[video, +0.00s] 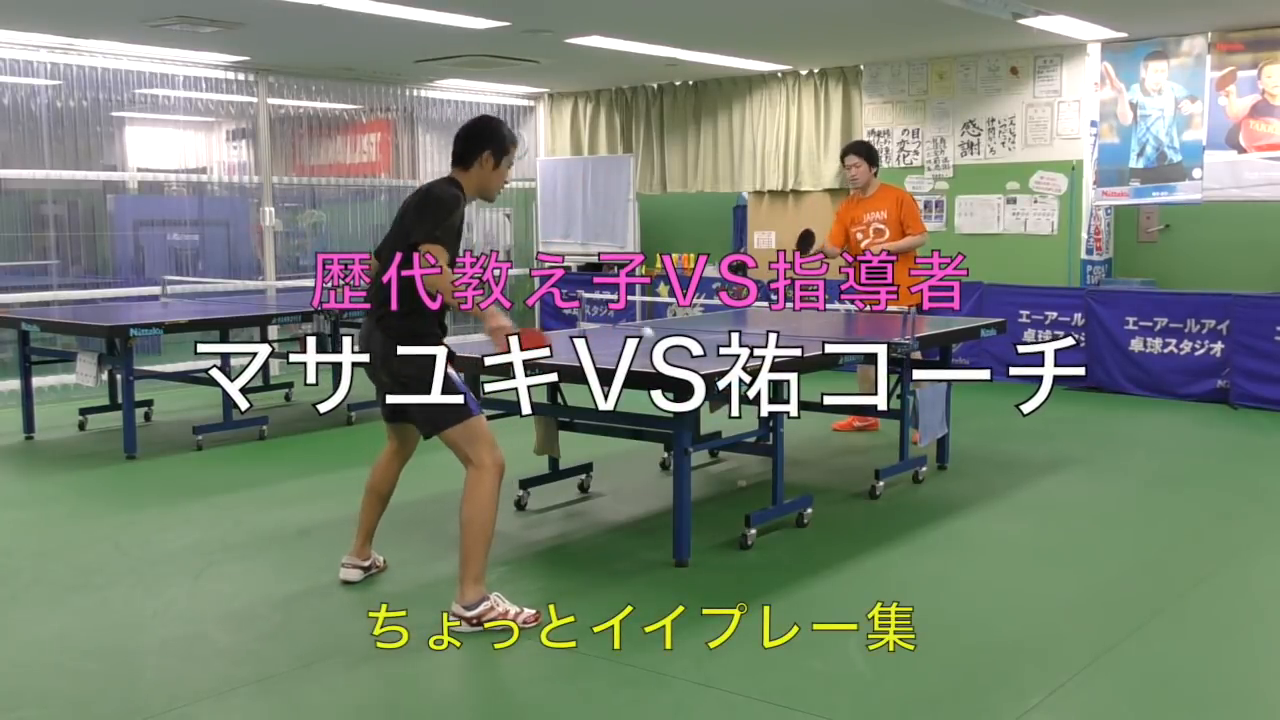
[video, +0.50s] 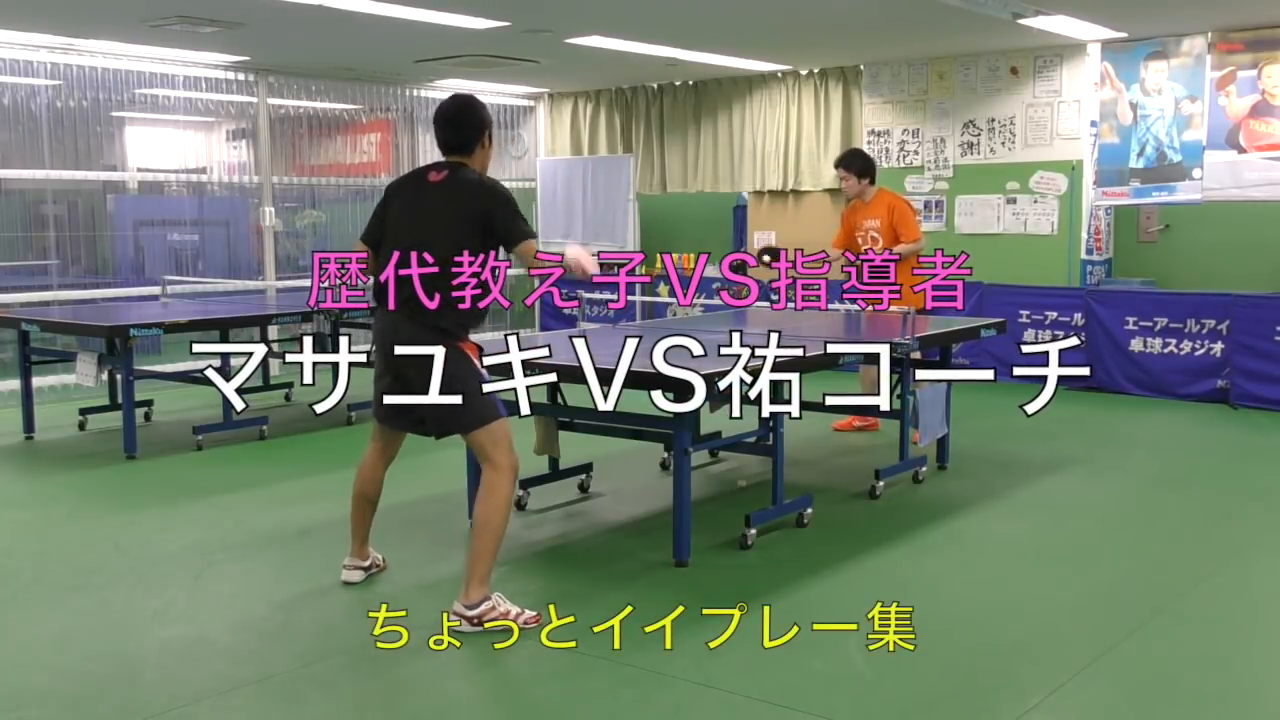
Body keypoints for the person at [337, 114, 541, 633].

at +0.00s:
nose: (507, 178)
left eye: (509, 168)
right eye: (505, 166)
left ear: (469, 160)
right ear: (482, 160)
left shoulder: (430, 197)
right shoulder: (446, 198)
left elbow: (384, 270)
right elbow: (432, 270)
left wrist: (434, 341)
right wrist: (487, 313)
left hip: (387, 350)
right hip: (414, 352)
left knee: (399, 445)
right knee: (487, 460)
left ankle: (358, 555)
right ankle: (472, 597)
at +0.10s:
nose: (506, 174)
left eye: (508, 164)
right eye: (504, 162)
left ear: (464, 155)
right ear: (477, 154)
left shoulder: (413, 193)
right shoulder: (454, 197)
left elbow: (374, 257)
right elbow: (489, 277)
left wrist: (408, 305)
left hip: (383, 344)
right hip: (418, 348)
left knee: (389, 444)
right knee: (486, 460)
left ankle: (357, 554)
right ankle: (473, 599)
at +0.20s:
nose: (503, 161)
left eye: (502, 150)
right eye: (500, 150)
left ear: (454, 145)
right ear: (481, 146)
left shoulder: (406, 185)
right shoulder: (481, 192)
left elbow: (368, 249)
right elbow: (538, 244)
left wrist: (416, 278)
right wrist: (591, 231)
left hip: (381, 339)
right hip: (428, 343)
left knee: (379, 444)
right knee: (489, 459)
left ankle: (358, 555)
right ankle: (473, 597)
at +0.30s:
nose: (497, 150)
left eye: (494, 141)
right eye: (495, 141)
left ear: (445, 142)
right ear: (483, 143)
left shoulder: (401, 186)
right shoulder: (490, 191)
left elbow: (365, 247)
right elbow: (560, 232)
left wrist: (413, 279)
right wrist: (572, 203)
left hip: (385, 341)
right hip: (439, 346)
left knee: (377, 448)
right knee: (499, 463)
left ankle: (359, 555)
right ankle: (475, 597)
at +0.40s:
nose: (491, 149)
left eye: (488, 141)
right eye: (490, 141)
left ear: (438, 145)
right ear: (484, 144)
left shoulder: (400, 192)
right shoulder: (490, 195)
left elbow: (370, 261)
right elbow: (559, 242)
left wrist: (420, 275)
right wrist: (565, 211)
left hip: (391, 348)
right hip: (445, 351)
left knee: (377, 451)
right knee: (505, 467)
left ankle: (358, 555)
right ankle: (476, 596)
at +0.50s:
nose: (493, 146)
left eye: (489, 137)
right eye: (492, 137)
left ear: (439, 140)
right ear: (485, 140)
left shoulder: (402, 188)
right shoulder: (488, 194)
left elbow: (371, 252)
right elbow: (530, 256)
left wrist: (414, 285)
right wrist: (569, 256)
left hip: (392, 344)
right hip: (445, 348)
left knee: (378, 451)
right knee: (500, 464)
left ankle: (357, 556)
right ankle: (475, 597)